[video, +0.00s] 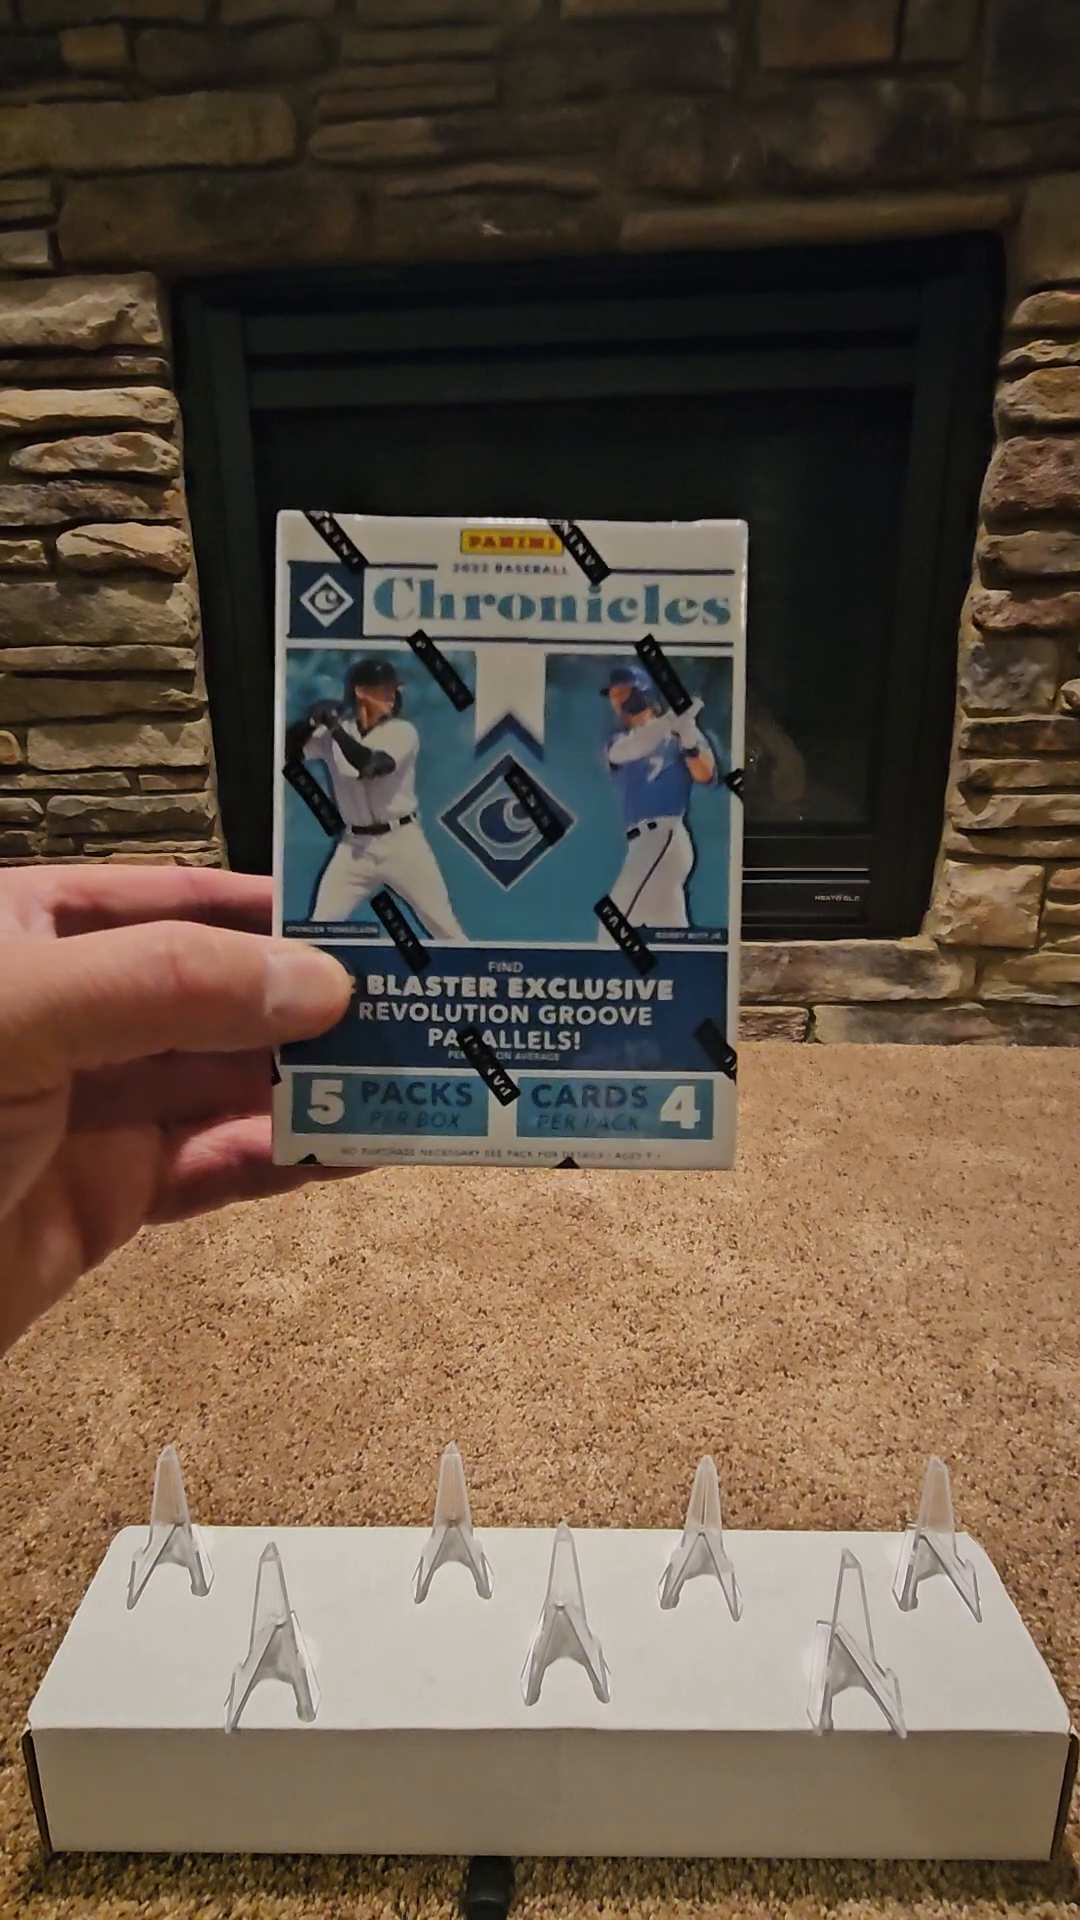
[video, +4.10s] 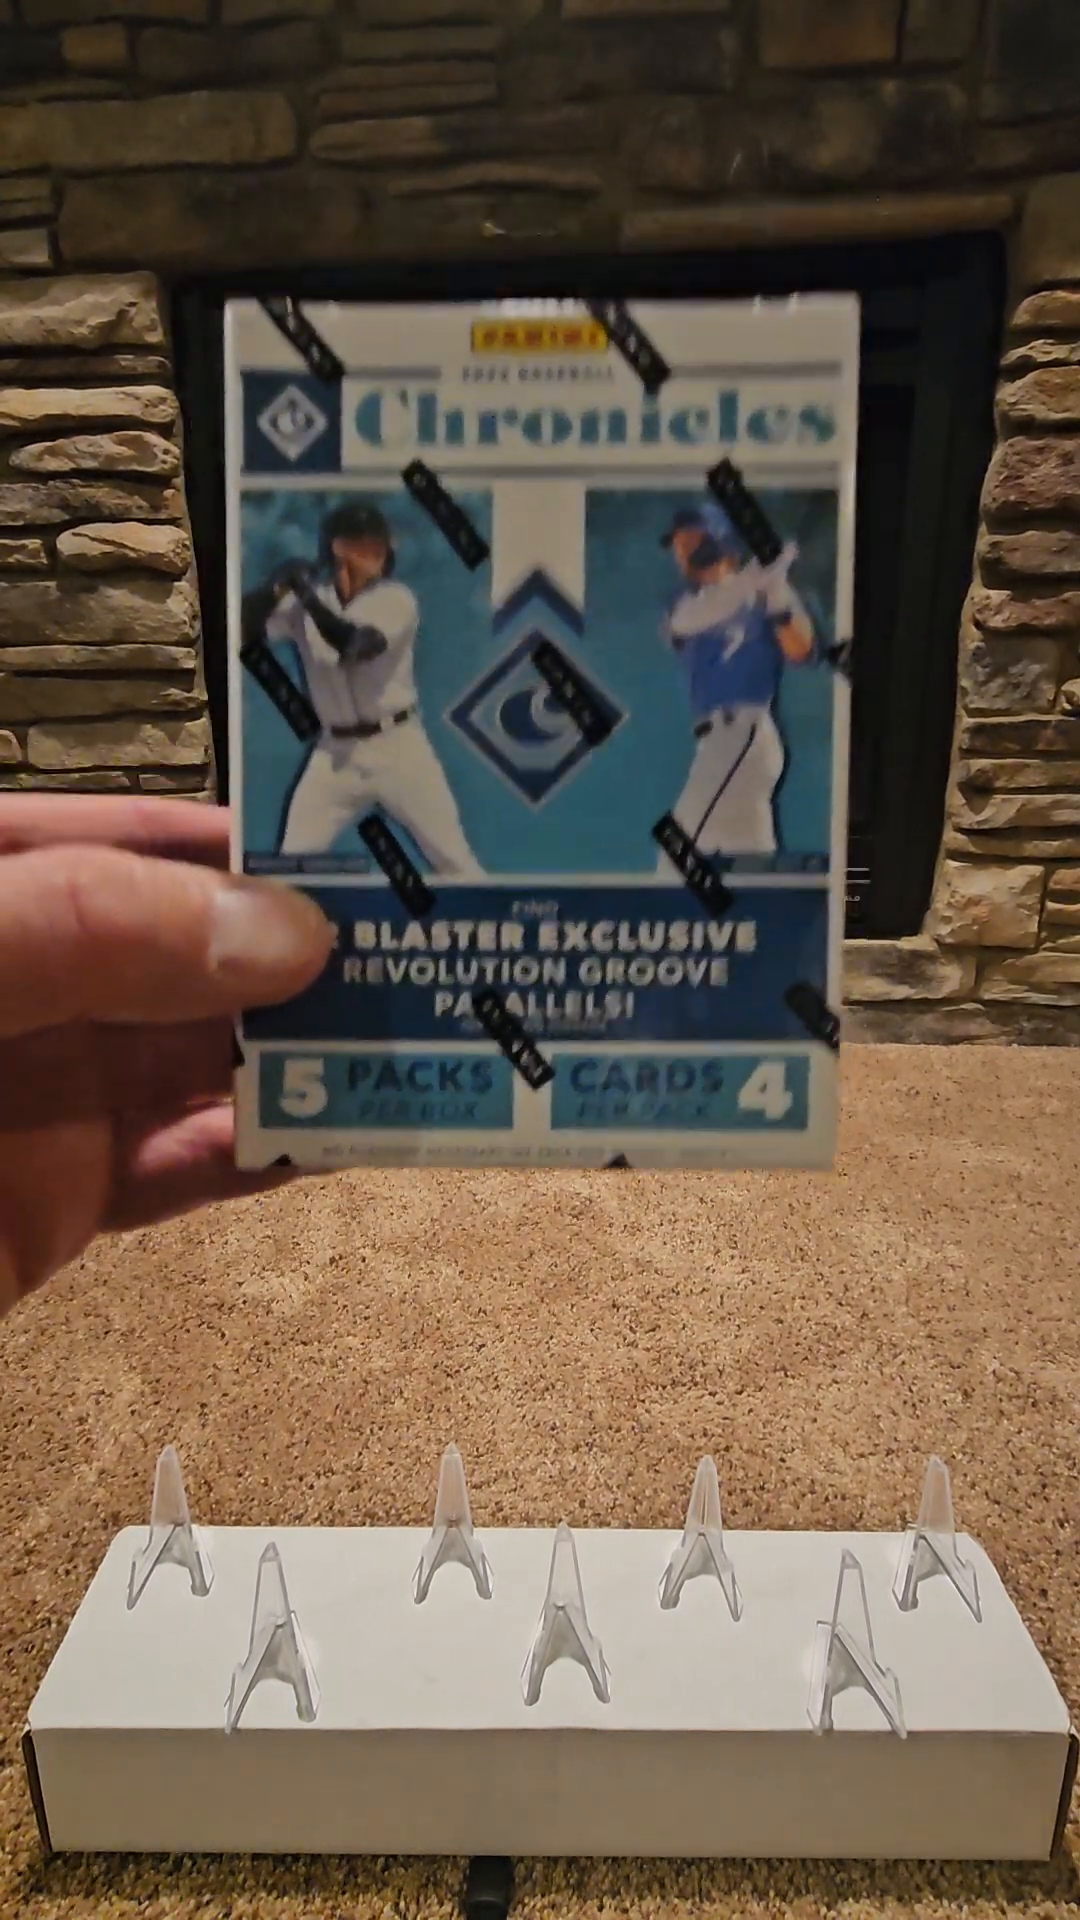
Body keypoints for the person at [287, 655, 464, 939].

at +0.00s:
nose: (392, 693)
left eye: (393, 687)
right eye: (384, 687)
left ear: (396, 692)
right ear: (361, 693)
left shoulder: (402, 731)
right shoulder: (332, 736)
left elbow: (371, 766)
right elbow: (288, 752)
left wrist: (333, 727)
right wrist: (310, 722)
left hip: (403, 844)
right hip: (354, 847)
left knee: (444, 927)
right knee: (321, 929)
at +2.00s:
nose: (376, 690)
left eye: (377, 684)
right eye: (367, 684)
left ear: (382, 689)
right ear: (345, 691)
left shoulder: (389, 730)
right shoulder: (315, 737)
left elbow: (355, 768)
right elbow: (269, 755)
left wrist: (318, 726)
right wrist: (293, 724)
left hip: (392, 846)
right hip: (342, 850)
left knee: (436, 932)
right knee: (309, 937)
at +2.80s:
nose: (371, 651)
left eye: (371, 644)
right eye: (361, 644)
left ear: (375, 649)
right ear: (335, 650)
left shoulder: (381, 693)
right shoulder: (303, 699)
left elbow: (344, 731)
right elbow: (255, 716)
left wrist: (307, 689)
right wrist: (282, 683)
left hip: (384, 816)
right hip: (330, 820)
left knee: (428, 906)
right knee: (297, 912)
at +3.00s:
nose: (336, 601)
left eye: (337, 594)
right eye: (326, 594)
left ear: (340, 599)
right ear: (300, 601)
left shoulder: (349, 645)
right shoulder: (266, 650)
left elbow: (311, 686)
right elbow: (216, 669)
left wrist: (270, 641)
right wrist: (243, 635)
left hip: (352, 774)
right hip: (296, 779)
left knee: (400, 871)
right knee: (261, 875)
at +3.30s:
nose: (342, 551)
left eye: (343, 543)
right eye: (331, 543)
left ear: (348, 550)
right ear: (304, 551)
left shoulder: (356, 600)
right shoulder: (269, 606)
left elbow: (317, 643)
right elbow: (213, 622)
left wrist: (272, 595)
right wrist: (243, 591)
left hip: (361, 738)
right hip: (301, 744)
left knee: (413, 840)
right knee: (265, 848)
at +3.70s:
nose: (368, 501)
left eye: (370, 492)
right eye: (356, 492)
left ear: (377, 498)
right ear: (327, 499)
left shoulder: (385, 553)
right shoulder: (290, 559)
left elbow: (341, 602)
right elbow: (227, 583)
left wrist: (292, 548)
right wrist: (261, 543)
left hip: (389, 708)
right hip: (323, 714)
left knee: (446, 824)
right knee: (282, 829)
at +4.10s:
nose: (374, 549)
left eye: (379, 541)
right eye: (362, 540)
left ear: (387, 549)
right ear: (337, 547)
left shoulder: (396, 599)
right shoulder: (304, 604)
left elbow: (355, 646)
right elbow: (245, 631)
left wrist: (306, 595)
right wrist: (274, 589)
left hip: (399, 747)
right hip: (334, 753)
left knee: (454, 861)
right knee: (294, 864)